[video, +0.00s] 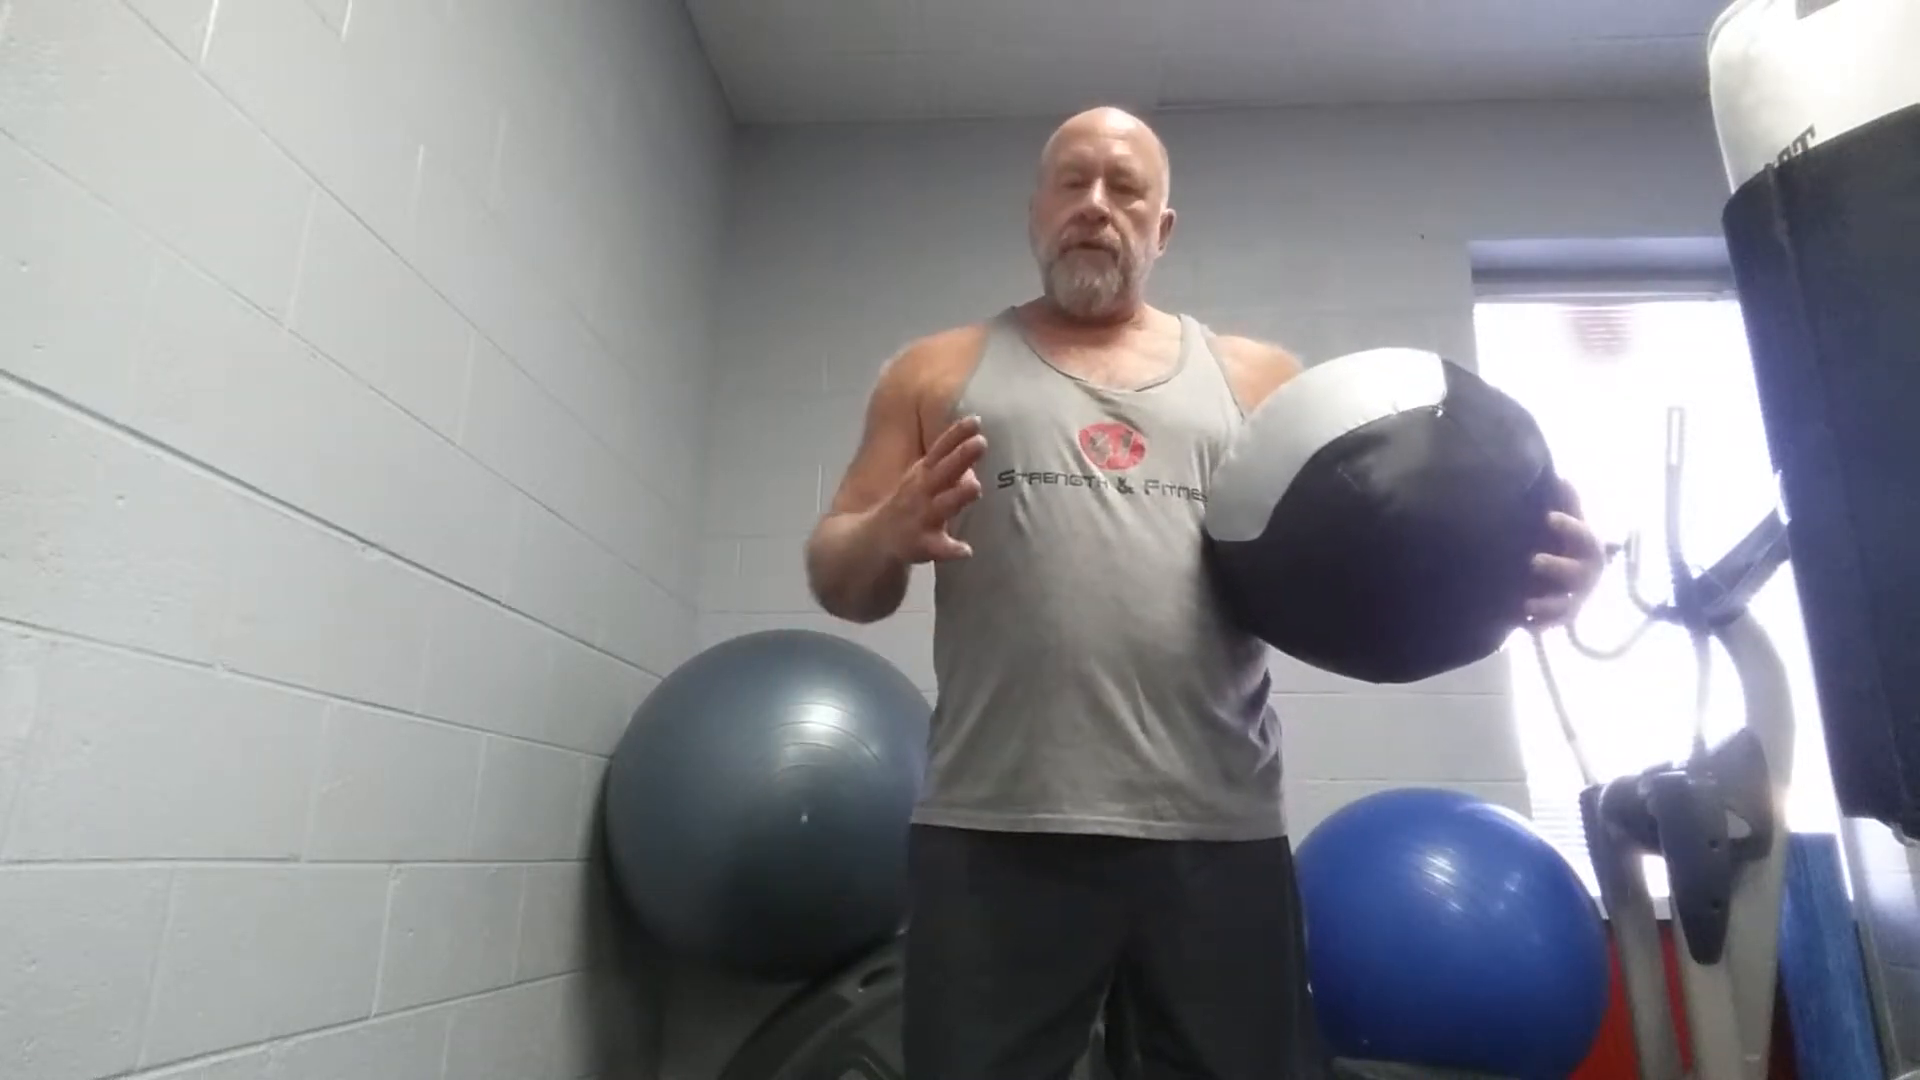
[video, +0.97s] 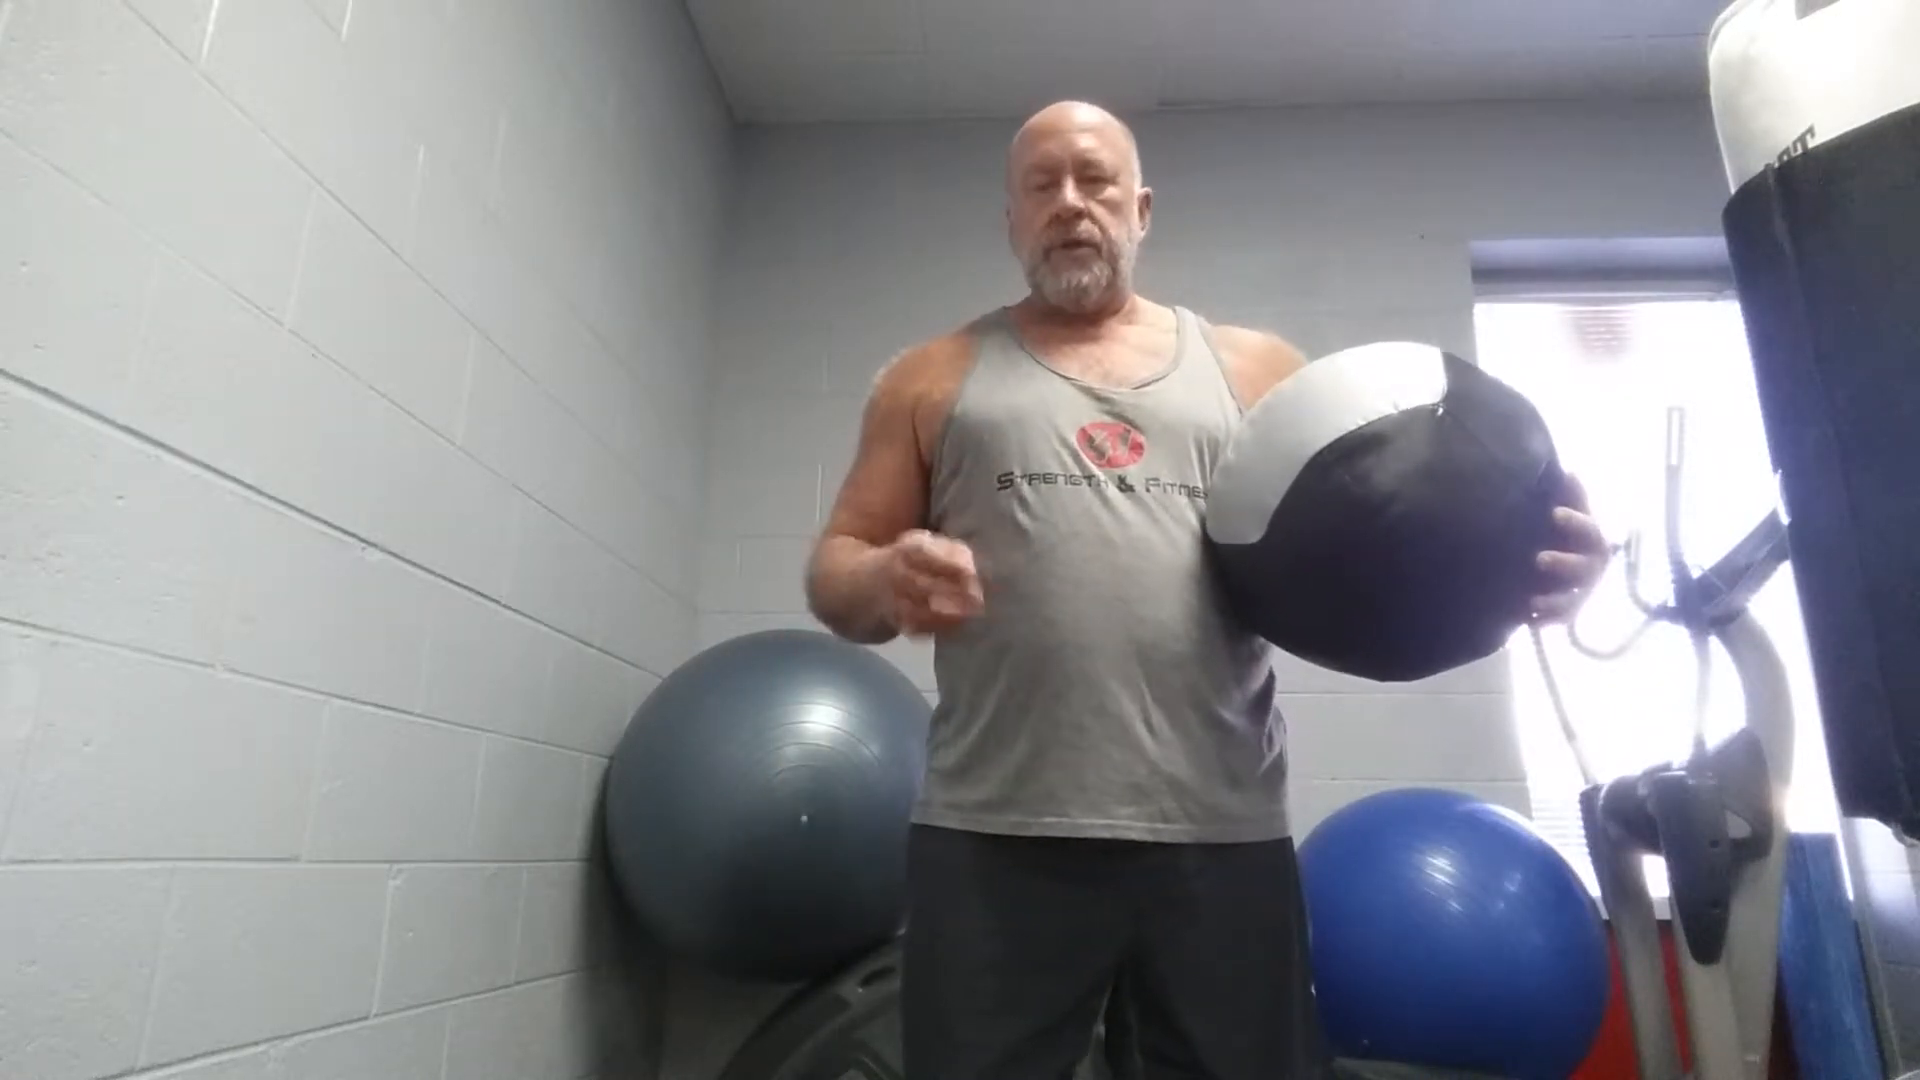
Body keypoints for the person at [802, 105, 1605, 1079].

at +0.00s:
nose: (1096, 203)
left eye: (1126, 186)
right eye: (1072, 180)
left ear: (1163, 224)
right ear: (1033, 210)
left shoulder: (1253, 374)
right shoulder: (936, 373)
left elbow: (1391, 533)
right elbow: (843, 587)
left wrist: (1538, 566)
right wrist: (880, 536)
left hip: (1217, 838)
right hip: (992, 838)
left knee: (1246, 1076)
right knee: (971, 1075)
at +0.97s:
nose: (1067, 203)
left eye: (1094, 180)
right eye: (1041, 184)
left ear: (1143, 209)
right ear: (1008, 217)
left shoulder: (1252, 366)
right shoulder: (930, 380)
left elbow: (1393, 527)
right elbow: (833, 577)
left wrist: (1545, 559)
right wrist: (883, 584)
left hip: (1220, 845)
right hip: (993, 844)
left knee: (1246, 1077)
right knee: (973, 1076)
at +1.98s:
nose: (1033, 190)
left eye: (1063, 172)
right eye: (1011, 173)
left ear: (1116, 213)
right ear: (982, 215)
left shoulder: (1227, 363)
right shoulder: (909, 390)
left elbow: (1376, 516)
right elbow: (826, 618)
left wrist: (1523, 545)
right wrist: (840, 549)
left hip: (1207, 841)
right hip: (979, 842)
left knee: (1239, 1074)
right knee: (961, 1074)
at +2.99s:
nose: (1061, 206)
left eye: (1090, 186)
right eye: (1039, 184)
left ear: (1140, 216)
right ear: (1002, 213)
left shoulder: (1237, 372)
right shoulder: (924, 387)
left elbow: (1375, 524)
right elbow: (797, 549)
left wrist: (1523, 557)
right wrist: (600, 508)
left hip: (1204, 841)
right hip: (981, 845)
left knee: (1239, 1072)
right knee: (963, 1071)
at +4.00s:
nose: (1065, 196)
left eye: (1094, 178)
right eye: (1041, 175)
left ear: (1137, 217)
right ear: (1002, 209)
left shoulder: (1235, 371)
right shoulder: (916, 377)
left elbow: (1373, 531)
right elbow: (828, 592)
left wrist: (1520, 568)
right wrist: (878, 575)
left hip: (1205, 838)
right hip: (977, 836)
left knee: (1231, 1074)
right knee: (961, 1072)